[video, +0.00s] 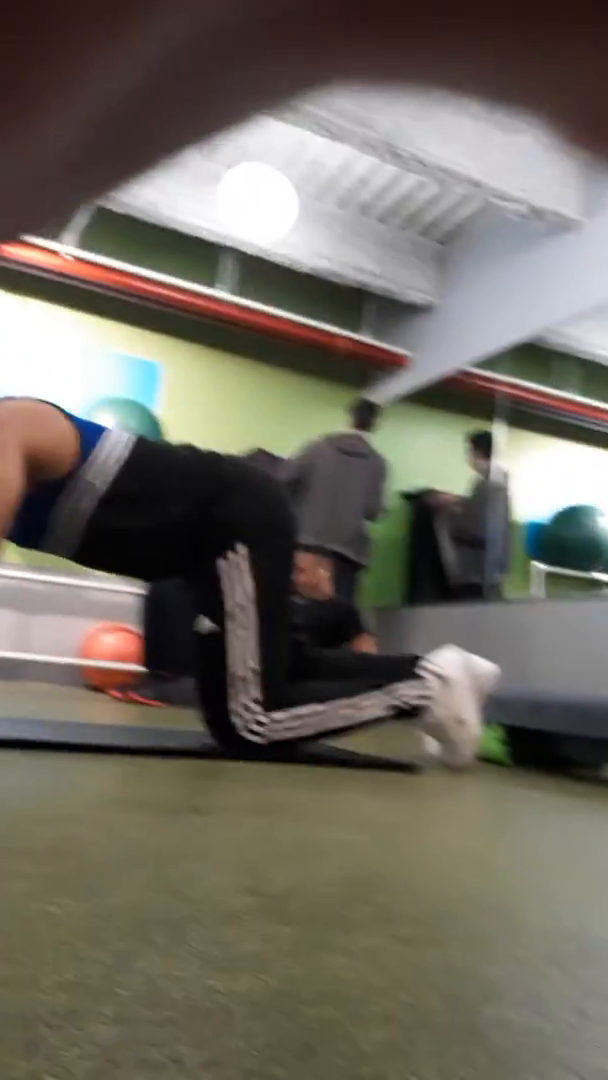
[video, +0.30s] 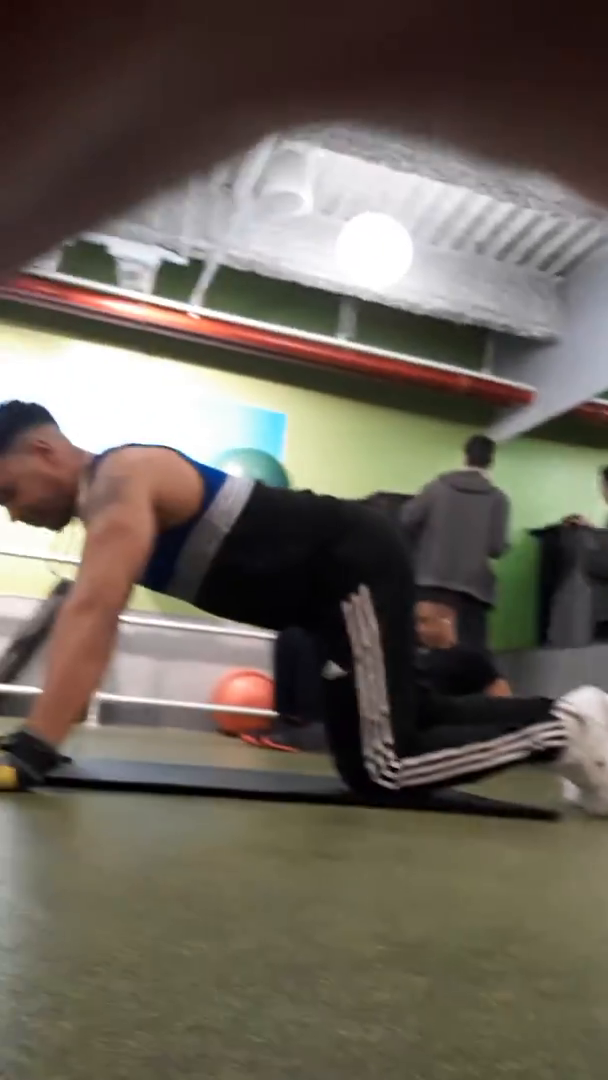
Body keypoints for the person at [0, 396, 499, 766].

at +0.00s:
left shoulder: (17, 427)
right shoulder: (19, 430)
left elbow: (8, 519)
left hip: (233, 520)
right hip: (228, 520)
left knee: (247, 722)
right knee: (272, 681)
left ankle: (425, 687)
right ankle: (436, 676)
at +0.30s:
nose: (14, 510)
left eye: (10, 490)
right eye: (5, 498)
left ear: (43, 450)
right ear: (43, 455)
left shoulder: (123, 477)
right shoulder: (108, 494)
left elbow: (93, 612)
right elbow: (87, 615)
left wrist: (36, 746)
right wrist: (39, 743)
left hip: (352, 567)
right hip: (332, 580)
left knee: (386, 765)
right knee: (369, 756)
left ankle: (567, 725)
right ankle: (555, 723)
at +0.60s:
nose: (117, 550)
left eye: (110, 533)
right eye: (105, 541)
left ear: (144, 489)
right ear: (144, 495)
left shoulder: (225, 507)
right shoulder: (214, 521)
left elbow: (202, 648)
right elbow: (202, 652)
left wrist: (154, 786)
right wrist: (157, 781)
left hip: (465, 585)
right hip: (449, 594)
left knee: (516, 787)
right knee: (500, 779)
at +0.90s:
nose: (131, 560)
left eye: (123, 541)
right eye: (118, 551)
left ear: (155, 497)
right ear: (157, 499)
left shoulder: (234, 510)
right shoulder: (225, 529)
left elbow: (225, 651)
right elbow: (218, 657)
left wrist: (188, 796)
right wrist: (190, 788)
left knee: (542, 791)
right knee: (454, 745)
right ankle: (589, 653)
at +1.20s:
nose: (111, 573)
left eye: (101, 555)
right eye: (97, 565)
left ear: (127, 511)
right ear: (130, 512)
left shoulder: (218, 515)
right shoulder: (210, 529)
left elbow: (220, 659)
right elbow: (219, 662)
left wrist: (189, 797)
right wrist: (190, 790)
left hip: (446, 605)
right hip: (430, 619)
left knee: (544, 789)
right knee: (471, 754)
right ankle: (589, 667)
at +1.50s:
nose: (86, 576)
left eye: (75, 558)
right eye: (72, 568)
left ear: (103, 511)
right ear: (106, 513)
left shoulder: (199, 516)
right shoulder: (191, 536)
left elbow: (218, 660)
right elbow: (217, 666)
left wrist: (189, 796)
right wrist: (188, 793)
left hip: (431, 595)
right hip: (419, 619)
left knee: (582, 722)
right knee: (544, 741)